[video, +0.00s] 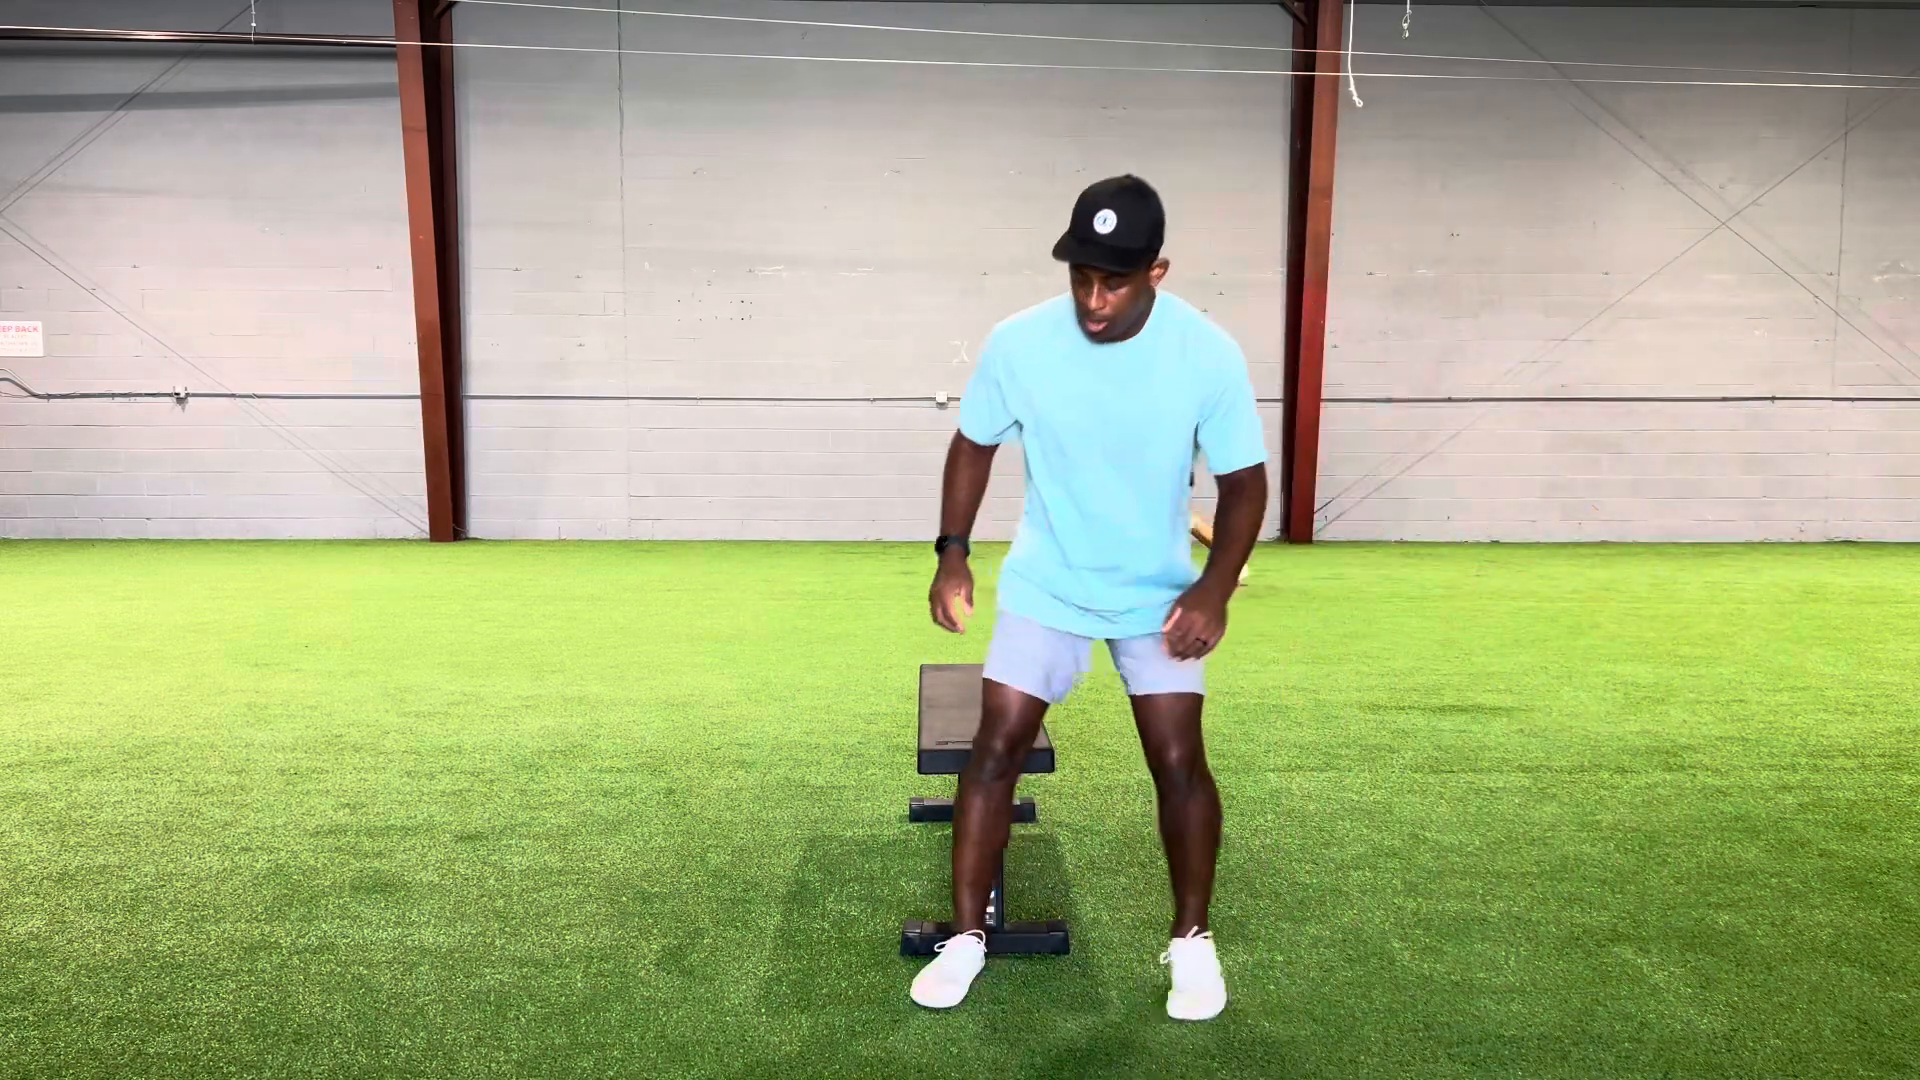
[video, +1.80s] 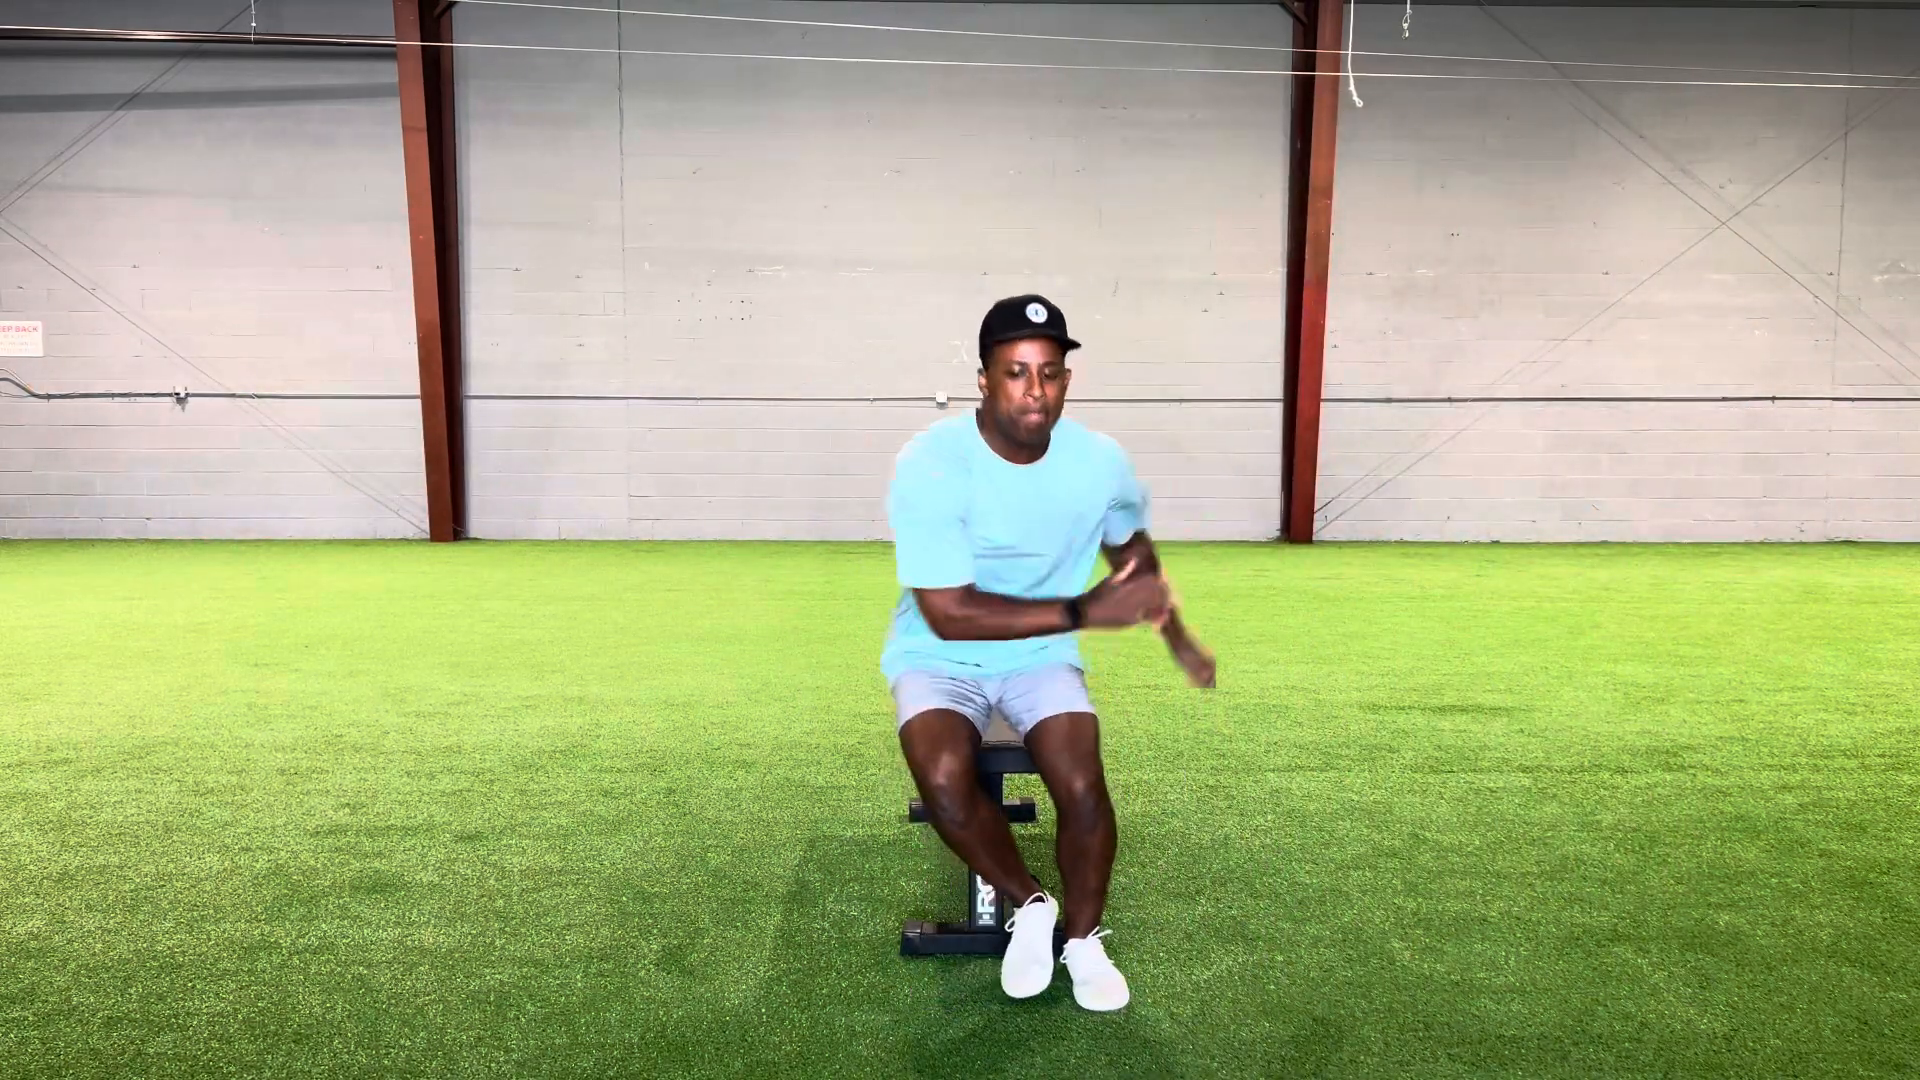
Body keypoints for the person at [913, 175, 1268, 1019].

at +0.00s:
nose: (1096, 297)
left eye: (1117, 280)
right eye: (1084, 275)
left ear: (1156, 273)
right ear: (1067, 262)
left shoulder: (1206, 356)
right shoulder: (1021, 343)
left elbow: (1246, 483)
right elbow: (972, 443)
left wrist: (1215, 587)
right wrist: (952, 550)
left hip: (1158, 590)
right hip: (1045, 581)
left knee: (1179, 762)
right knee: (998, 743)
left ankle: (1191, 938)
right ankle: (966, 934)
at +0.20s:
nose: (1053, 387)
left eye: (1073, 370)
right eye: (1039, 365)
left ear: (1108, 357)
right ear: (1020, 347)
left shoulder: (1155, 430)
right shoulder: (970, 417)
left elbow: (1200, 547)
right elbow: (916, 512)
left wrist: (1169, 631)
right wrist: (906, 619)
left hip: (1102, 621)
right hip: (993, 610)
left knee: (1126, 772)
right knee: (969, 757)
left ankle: (1086, 938)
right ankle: (965, 935)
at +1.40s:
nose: (1033, 423)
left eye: (1047, 407)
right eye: (1017, 407)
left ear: (1066, 412)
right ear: (993, 411)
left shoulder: (1098, 494)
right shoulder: (938, 488)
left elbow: (1142, 607)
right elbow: (919, 605)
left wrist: (1111, 655)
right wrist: (1000, 653)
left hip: (1062, 676)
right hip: (962, 668)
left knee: (1088, 746)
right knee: (914, 725)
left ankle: (1083, 927)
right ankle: (967, 890)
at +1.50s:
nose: (1042, 434)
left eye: (1056, 417)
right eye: (1025, 417)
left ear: (1074, 418)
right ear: (998, 417)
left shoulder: (1113, 495)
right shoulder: (946, 490)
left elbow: (1195, 572)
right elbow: (965, 616)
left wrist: (1246, 675)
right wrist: (1091, 620)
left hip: (1057, 671)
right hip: (958, 666)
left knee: (1078, 760)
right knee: (902, 734)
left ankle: (1081, 936)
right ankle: (969, 887)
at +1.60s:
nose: (1049, 437)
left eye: (1064, 419)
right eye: (1032, 419)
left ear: (1083, 420)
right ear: (1001, 421)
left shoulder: (1119, 482)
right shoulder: (957, 498)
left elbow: (1222, 509)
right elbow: (1035, 612)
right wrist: (1150, 559)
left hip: (1057, 666)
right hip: (955, 667)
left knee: (1074, 766)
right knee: (898, 752)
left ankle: (1081, 938)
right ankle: (990, 889)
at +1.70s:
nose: (1049, 430)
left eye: (1063, 410)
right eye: (1030, 411)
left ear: (1080, 410)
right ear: (997, 414)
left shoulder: (1114, 464)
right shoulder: (954, 495)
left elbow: (1196, 476)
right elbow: (1044, 617)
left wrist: (1273, 521)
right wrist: (1141, 546)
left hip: (1056, 655)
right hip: (949, 661)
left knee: (1087, 776)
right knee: (925, 778)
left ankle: (1084, 938)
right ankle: (1015, 907)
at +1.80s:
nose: (1035, 394)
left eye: (1050, 375)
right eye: (1016, 375)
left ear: (1067, 382)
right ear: (982, 382)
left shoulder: (1102, 464)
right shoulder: (930, 463)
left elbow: (1135, 559)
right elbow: (948, 613)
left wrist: (1177, 636)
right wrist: (1082, 610)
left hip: (1040, 646)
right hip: (937, 649)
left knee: (1083, 788)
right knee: (943, 780)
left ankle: (1083, 937)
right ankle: (1030, 901)